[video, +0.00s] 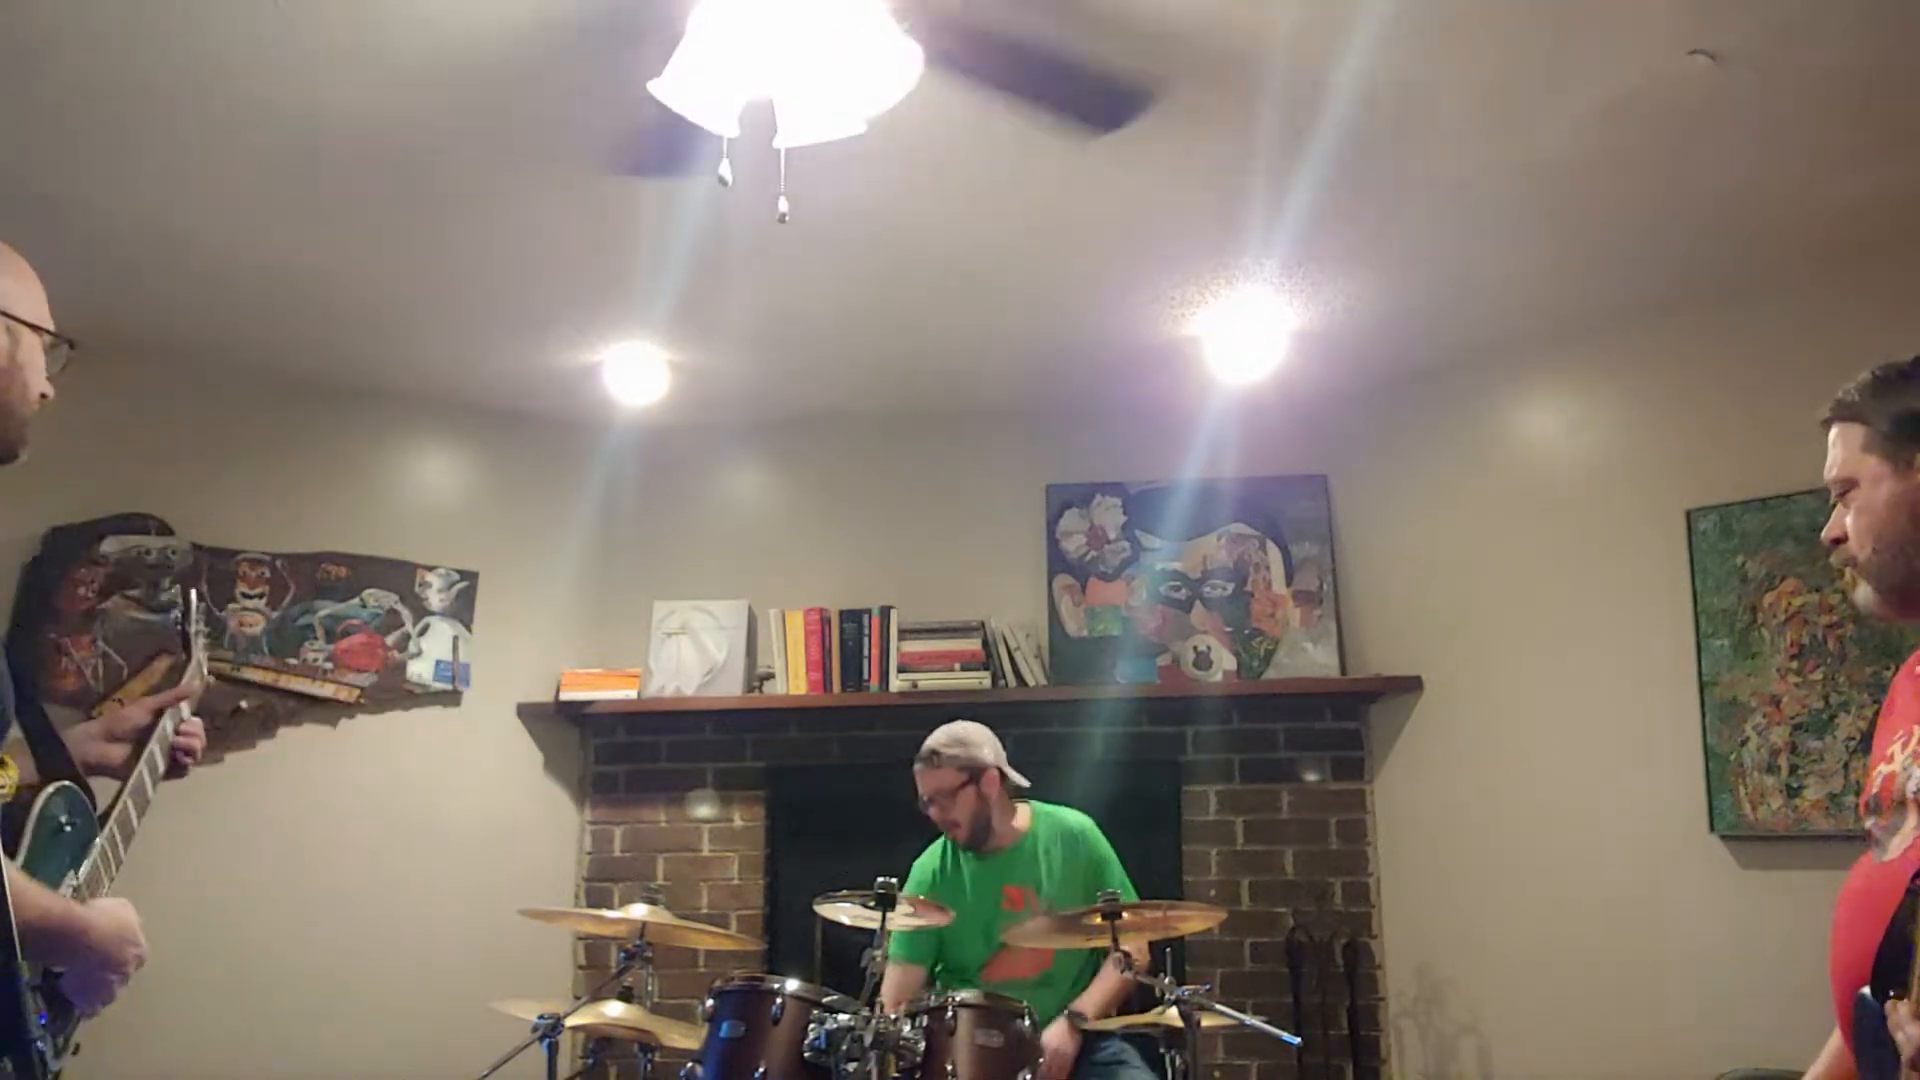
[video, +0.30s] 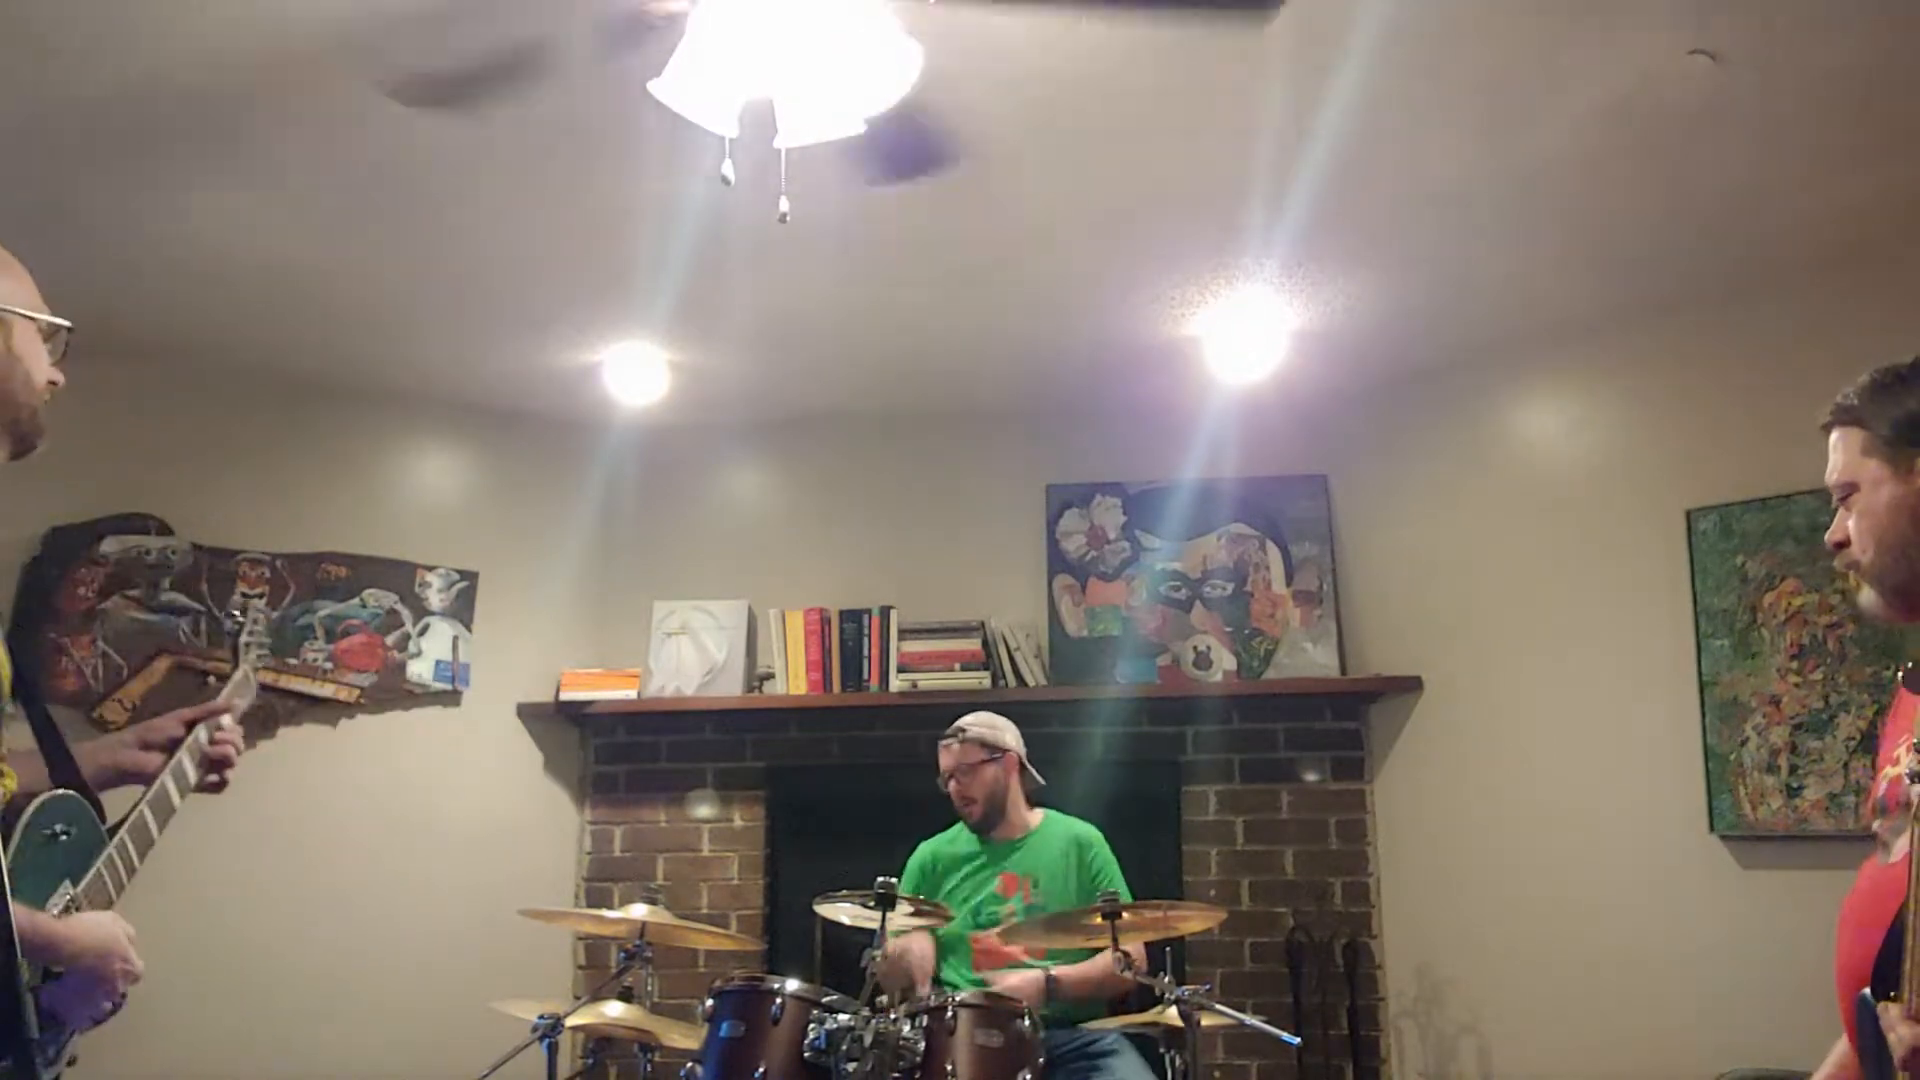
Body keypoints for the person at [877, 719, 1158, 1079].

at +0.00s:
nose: (935, 816)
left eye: (944, 798)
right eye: (928, 803)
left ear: (989, 782)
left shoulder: (1074, 836)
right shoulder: (931, 872)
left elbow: (1133, 946)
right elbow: (895, 1004)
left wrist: (1073, 1022)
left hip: (1077, 1037)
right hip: (971, 1039)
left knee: (1136, 1075)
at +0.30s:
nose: (953, 789)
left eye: (963, 773)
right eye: (946, 778)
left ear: (1010, 764)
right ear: (941, 781)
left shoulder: (1079, 842)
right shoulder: (931, 857)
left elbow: (1130, 960)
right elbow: (895, 982)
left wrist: (1046, 983)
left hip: (1071, 1031)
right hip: (961, 1035)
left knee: (1133, 1074)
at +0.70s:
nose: (972, 781)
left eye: (985, 765)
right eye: (962, 772)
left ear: (1025, 763)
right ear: (956, 779)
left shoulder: (1085, 844)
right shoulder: (943, 860)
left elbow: (1133, 964)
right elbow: (899, 978)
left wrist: (1042, 954)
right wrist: (957, 952)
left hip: (1075, 1030)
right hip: (966, 1033)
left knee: (1129, 1074)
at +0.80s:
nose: (974, 781)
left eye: (987, 765)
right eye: (964, 770)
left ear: (1027, 762)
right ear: (956, 776)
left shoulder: (1086, 845)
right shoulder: (942, 858)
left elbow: (1143, 961)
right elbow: (903, 977)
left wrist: (1064, 958)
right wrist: (970, 960)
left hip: (1073, 1030)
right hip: (966, 1033)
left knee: (1128, 1074)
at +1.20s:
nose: (990, 781)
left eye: (1006, 766)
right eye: (978, 768)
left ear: (1039, 766)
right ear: (966, 771)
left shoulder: (1089, 847)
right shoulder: (939, 853)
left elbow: (1138, 959)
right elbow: (901, 976)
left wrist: (1084, 978)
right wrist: (987, 975)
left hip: (1072, 1033)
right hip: (968, 1034)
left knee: (1132, 1075)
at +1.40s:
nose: (1001, 773)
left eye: (1016, 759)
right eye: (989, 760)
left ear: (1045, 764)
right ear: (974, 767)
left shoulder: (1091, 847)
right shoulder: (941, 852)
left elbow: (1137, 959)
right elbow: (902, 974)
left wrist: (1092, 981)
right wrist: (980, 976)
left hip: (1072, 1032)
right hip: (970, 1034)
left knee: (1133, 1075)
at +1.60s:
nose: (1005, 771)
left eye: (1018, 757)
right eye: (993, 759)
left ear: (1048, 764)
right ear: (977, 769)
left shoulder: (1093, 848)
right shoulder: (945, 853)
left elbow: (1141, 962)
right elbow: (905, 974)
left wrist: (1094, 977)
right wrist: (976, 976)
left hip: (1074, 1029)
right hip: (971, 1029)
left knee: (1131, 1074)